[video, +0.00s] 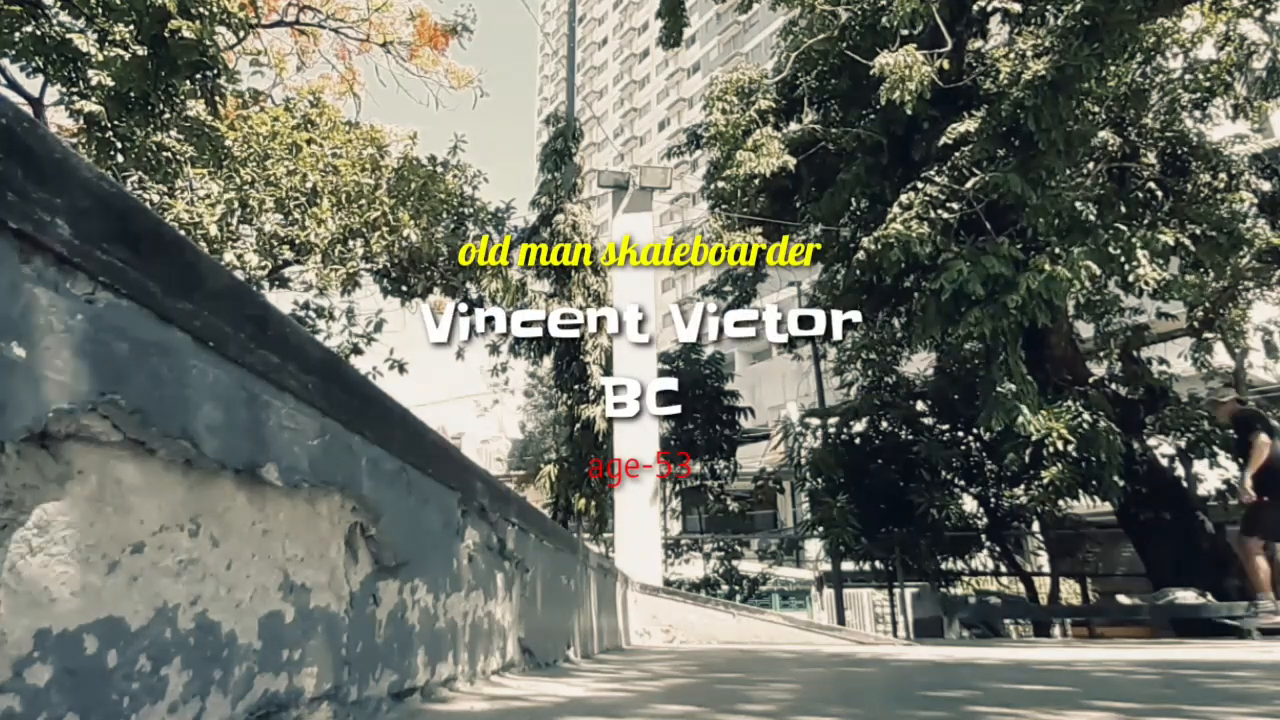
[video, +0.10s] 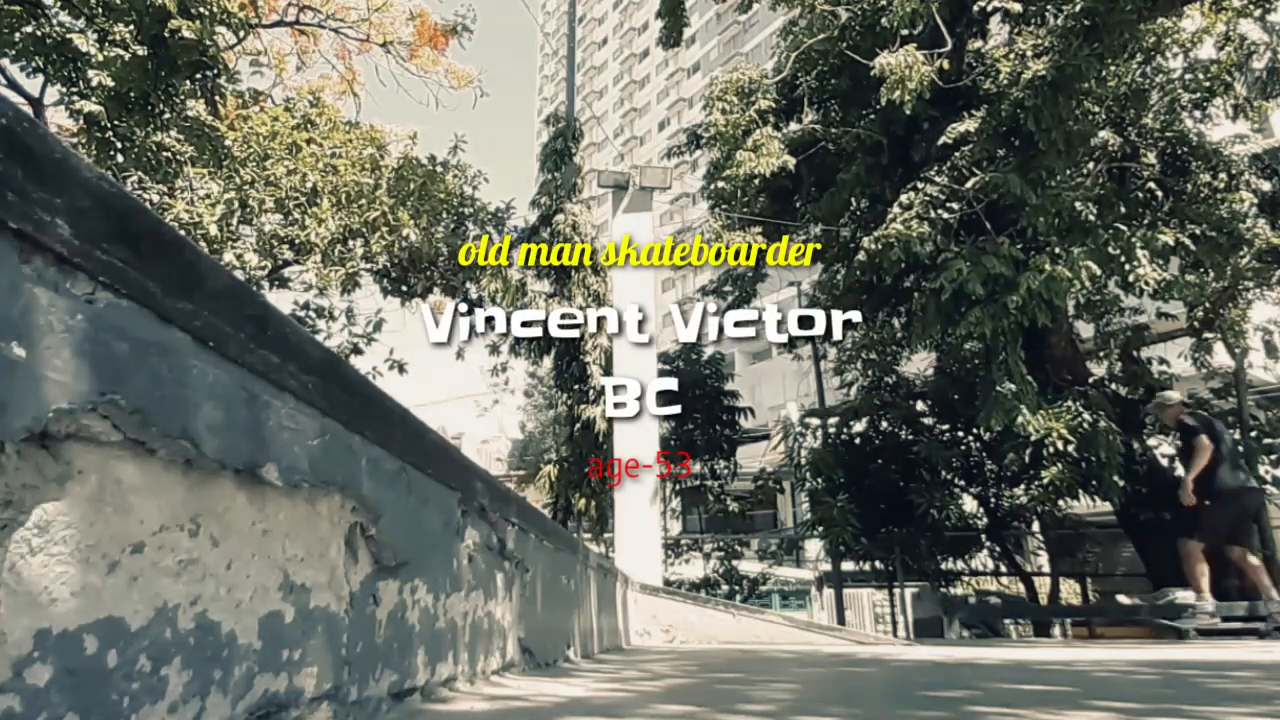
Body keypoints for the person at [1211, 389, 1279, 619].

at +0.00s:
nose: (1216, 414)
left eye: (1217, 407)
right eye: (1214, 409)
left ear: (1229, 403)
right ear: (1231, 403)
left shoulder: (1246, 415)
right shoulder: (1249, 419)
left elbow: (1262, 440)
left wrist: (1247, 475)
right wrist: (1250, 484)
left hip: (1270, 493)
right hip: (1267, 493)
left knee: (1250, 544)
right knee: (1253, 545)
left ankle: (1266, 603)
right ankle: (1268, 602)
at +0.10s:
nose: (1162, 419)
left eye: (1163, 413)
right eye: (1160, 414)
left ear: (1175, 407)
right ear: (1183, 407)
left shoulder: (1186, 421)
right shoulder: (1212, 421)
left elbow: (1204, 445)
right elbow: (1226, 455)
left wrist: (1188, 480)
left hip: (1221, 493)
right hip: (1246, 489)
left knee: (1190, 545)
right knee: (1238, 549)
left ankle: (1204, 604)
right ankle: (1273, 599)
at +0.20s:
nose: (1108, 422)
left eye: (1109, 415)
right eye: (1105, 417)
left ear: (1123, 409)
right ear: (1128, 410)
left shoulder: (1135, 424)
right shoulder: (1154, 425)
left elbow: (1149, 449)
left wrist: (1131, 484)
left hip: (1170, 496)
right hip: (1188, 496)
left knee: (1134, 547)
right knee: (1177, 551)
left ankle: (1144, 607)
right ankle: (1214, 605)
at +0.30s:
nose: (1057, 424)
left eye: (1058, 418)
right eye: (1054, 419)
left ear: (1070, 413)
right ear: (1077, 413)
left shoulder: (1083, 428)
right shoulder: (1107, 431)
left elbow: (1093, 455)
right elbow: (1133, 468)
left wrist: (1075, 487)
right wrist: (1127, 495)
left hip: (1109, 500)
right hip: (1130, 502)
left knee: (1074, 547)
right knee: (1122, 554)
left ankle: (1086, 610)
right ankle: (1153, 608)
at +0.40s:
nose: (1005, 426)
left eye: (1007, 420)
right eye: (1003, 421)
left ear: (1021, 415)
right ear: (1025, 415)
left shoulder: (1032, 432)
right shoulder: (1054, 434)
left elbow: (1041, 459)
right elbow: (1082, 468)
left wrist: (1019, 492)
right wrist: (1074, 496)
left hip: (1054, 501)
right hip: (1076, 502)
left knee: (1018, 546)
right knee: (1062, 556)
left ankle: (1027, 609)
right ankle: (1090, 605)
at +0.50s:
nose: (975, 429)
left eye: (976, 423)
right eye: (973, 424)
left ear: (986, 416)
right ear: (988, 417)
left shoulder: (998, 434)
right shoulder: (1021, 435)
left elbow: (1007, 462)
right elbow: (1047, 469)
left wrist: (985, 493)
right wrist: (1043, 497)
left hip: (1020, 504)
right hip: (1040, 505)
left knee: (981, 546)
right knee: (1018, 554)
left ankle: (988, 608)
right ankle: (1050, 607)